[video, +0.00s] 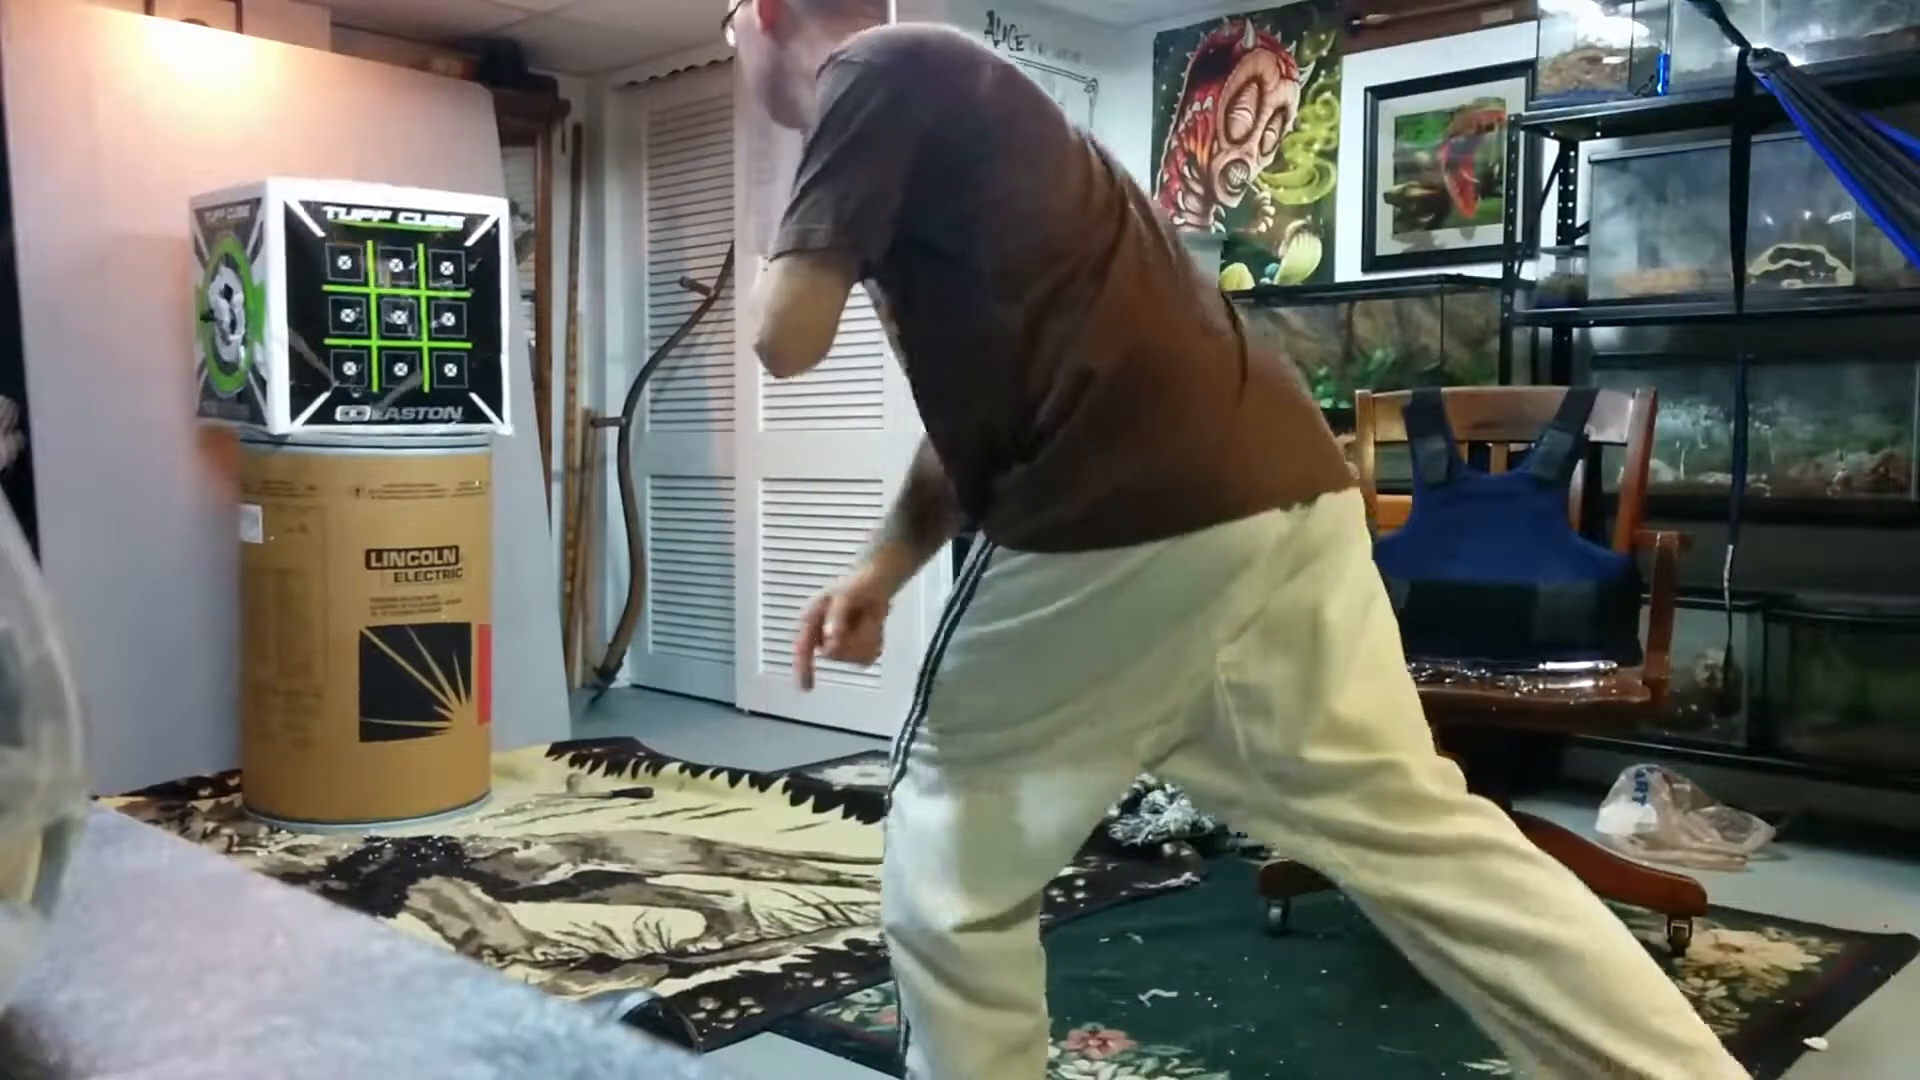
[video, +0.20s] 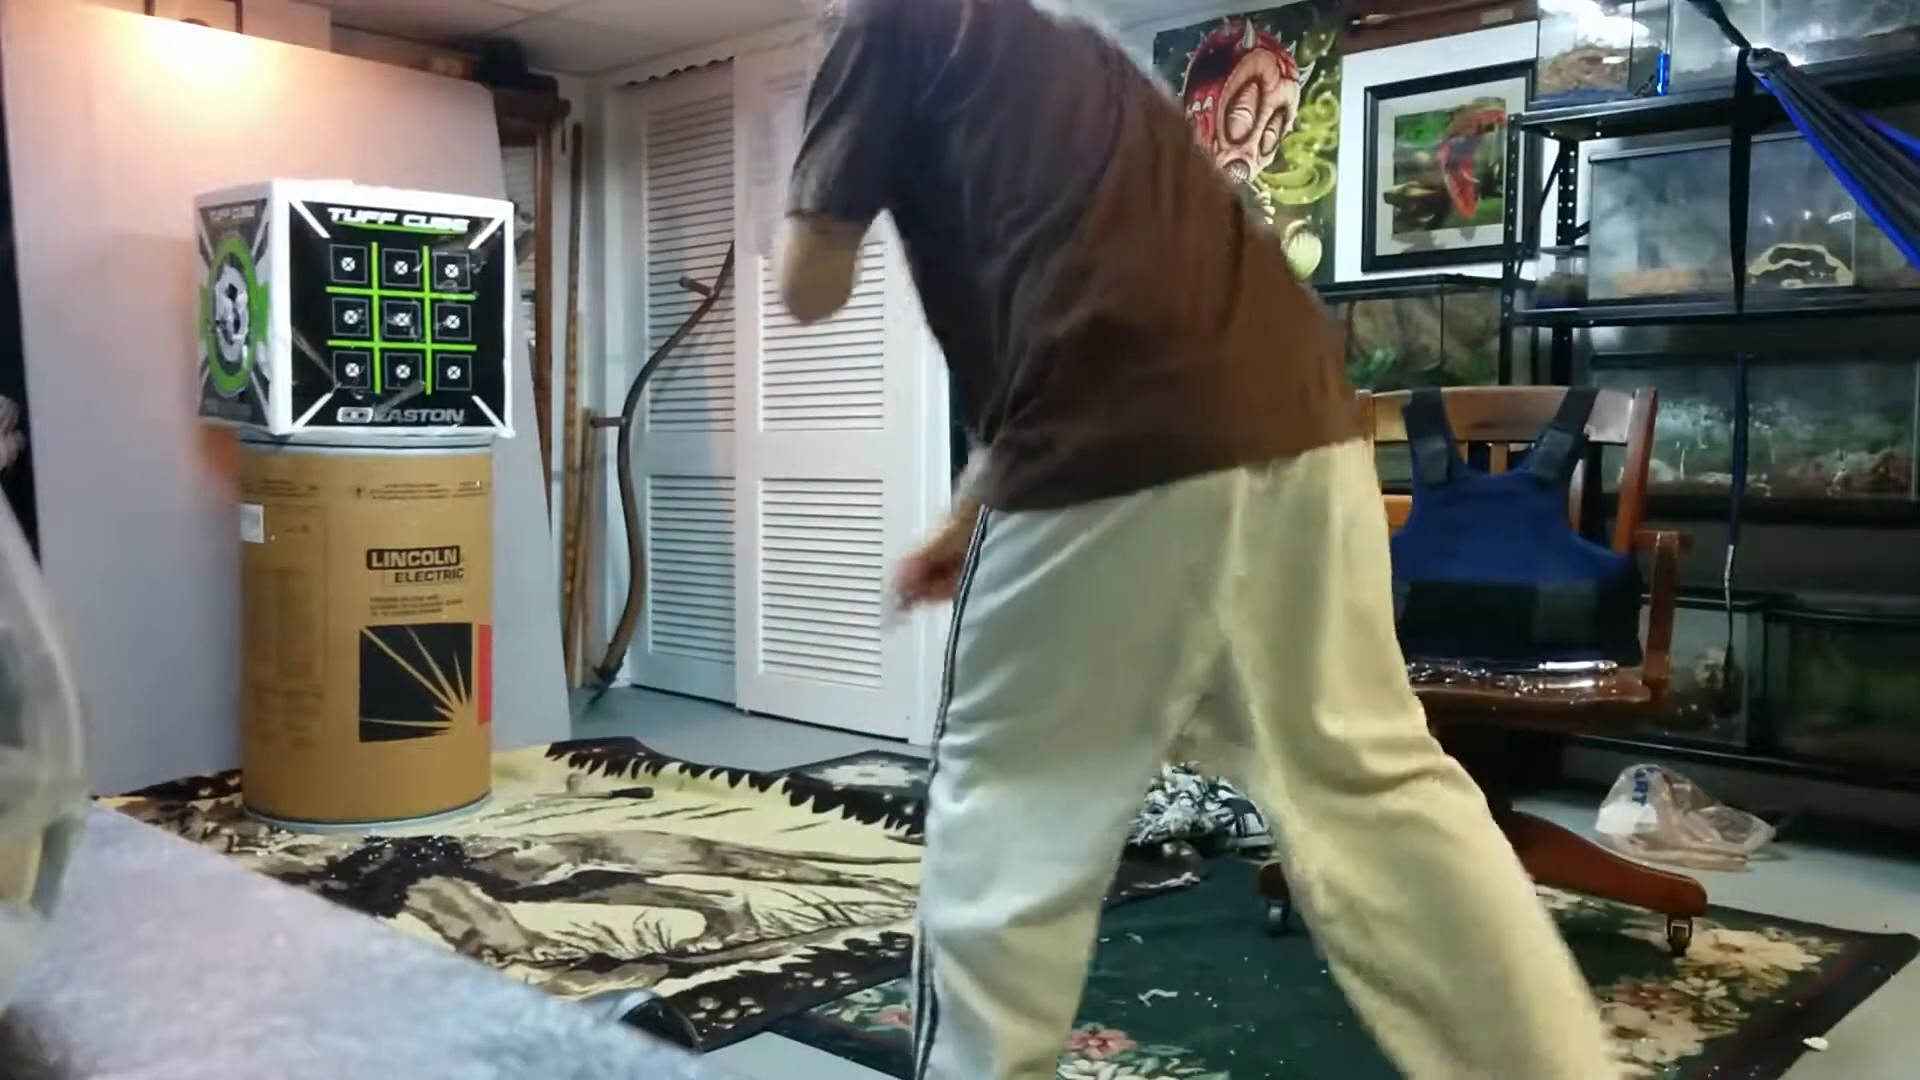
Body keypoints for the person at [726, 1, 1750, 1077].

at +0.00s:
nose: (746, 79)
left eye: (741, 48)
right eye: (743, 56)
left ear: (774, 18)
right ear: (867, 14)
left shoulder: (882, 71)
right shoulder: (1004, 120)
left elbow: (785, 341)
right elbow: (974, 409)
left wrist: (772, 256)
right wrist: (880, 570)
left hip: (1121, 494)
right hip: (1287, 464)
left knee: (955, 828)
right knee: (1412, 819)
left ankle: (992, 1065)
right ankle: (1693, 1068)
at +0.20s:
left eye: (840, 32)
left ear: (872, 10)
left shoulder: (889, 27)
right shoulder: (1085, 55)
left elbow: (809, 290)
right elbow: (1083, 325)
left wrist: (833, 175)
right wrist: (964, 519)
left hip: (1112, 430)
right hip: (1304, 402)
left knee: (1008, 804)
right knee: (1370, 766)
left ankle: (980, 1065)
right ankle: (1566, 1066)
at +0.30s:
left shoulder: (904, 16)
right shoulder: (1134, 19)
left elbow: (845, 250)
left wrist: (888, 112)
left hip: (1122, 410)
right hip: (1316, 386)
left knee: (1034, 787)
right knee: (1373, 758)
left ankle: (991, 1060)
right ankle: (1498, 1060)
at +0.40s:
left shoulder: (956, 10)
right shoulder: (1209, 7)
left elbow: (894, 229)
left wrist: (984, 106)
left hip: (1138, 393)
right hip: (1333, 374)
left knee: (1050, 790)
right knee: (1379, 771)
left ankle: (992, 1059)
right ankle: (1465, 1059)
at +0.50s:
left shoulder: (1022, 8)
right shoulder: (1292, 7)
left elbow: (955, 228)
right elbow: (1490, 6)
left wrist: (1041, 177)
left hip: (1167, 402)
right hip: (1363, 398)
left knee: (1070, 785)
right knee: (1383, 779)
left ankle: (999, 1055)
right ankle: (1444, 1057)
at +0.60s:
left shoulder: (1086, 9)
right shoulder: (1348, 13)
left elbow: (1025, 236)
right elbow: (1499, 2)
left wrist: (1135, 229)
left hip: (1220, 399)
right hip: (1412, 395)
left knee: (1112, 773)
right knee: (1410, 758)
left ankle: (1016, 1056)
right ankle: (1448, 1055)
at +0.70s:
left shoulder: (1151, 7)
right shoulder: (1414, 15)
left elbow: (1091, 231)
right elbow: (1474, 130)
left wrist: (1202, 290)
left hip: (1281, 399)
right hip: (1470, 394)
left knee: (1160, 786)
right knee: (1439, 768)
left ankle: (1045, 1062)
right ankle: (1459, 1059)